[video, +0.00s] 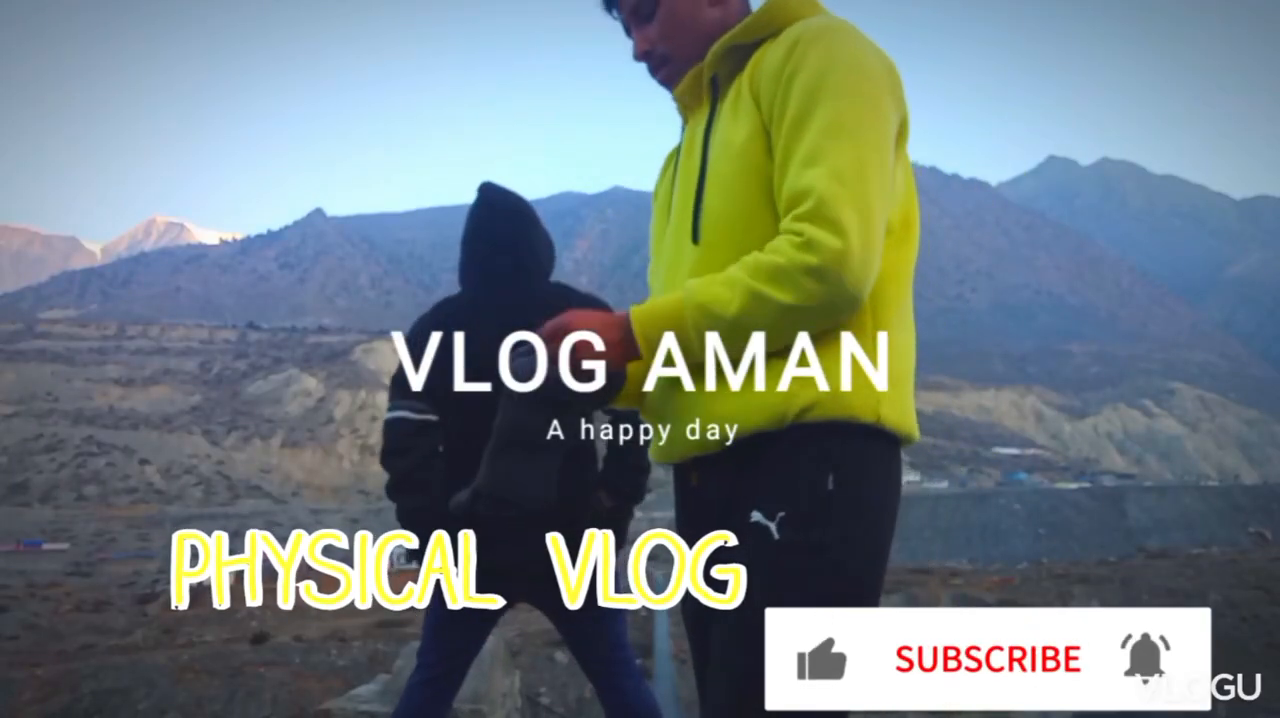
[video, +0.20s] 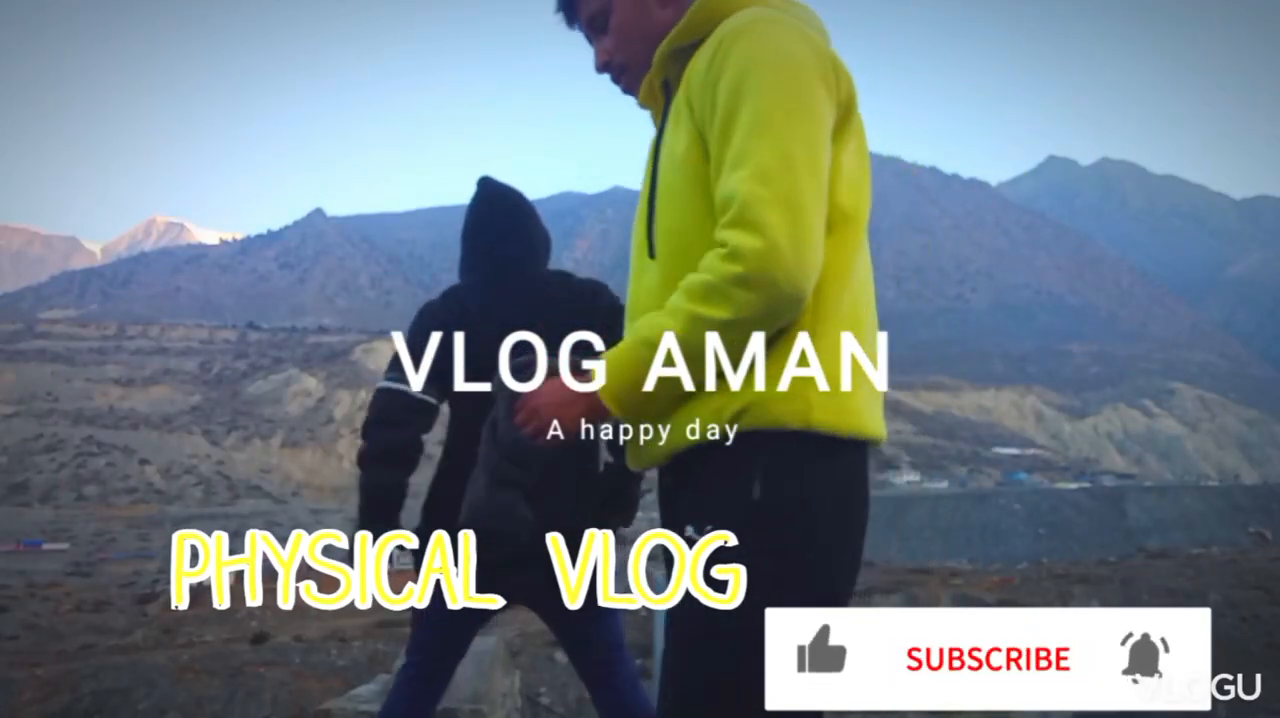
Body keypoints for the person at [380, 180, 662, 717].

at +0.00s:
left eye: (476, 243)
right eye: (537, 238)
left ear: (471, 248)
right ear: (540, 244)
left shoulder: (436, 328)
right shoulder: (590, 319)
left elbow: (406, 445)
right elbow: (630, 432)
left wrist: (430, 536)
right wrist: (608, 513)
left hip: (473, 546)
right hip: (569, 543)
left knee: (431, 684)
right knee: (620, 678)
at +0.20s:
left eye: (475, 238)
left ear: (472, 244)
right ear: (536, 239)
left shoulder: (446, 316)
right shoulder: (593, 304)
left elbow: (392, 430)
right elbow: (632, 420)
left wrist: (378, 536)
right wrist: (615, 513)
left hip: (466, 542)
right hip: (566, 542)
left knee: (418, 683)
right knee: (620, 687)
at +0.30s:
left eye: (462, 241)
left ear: (460, 246)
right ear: (526, 242)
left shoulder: (435, 318)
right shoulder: (577, 308)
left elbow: (373, 426)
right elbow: (625, 405)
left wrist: (332, 526)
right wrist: (631, 496)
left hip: (455, 544)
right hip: (554, 542)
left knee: (412, 689)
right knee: (606, 684)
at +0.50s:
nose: (505, 247)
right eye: (503, 238)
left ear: (438, 241)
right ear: (501, 240)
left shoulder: (404, 311)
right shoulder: (541, 304)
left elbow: (330, 404)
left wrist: (283, 479)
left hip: (429, 532)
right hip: (528, 530)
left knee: (410, 689)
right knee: (588, 682)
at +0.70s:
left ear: (445, 236)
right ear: (502, 241)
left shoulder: (418, 312)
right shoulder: (521, 316)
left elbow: (355, 381)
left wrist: (310, 425)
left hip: (441, 518)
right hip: (521, 519)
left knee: (423, 677)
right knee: (575, 665)